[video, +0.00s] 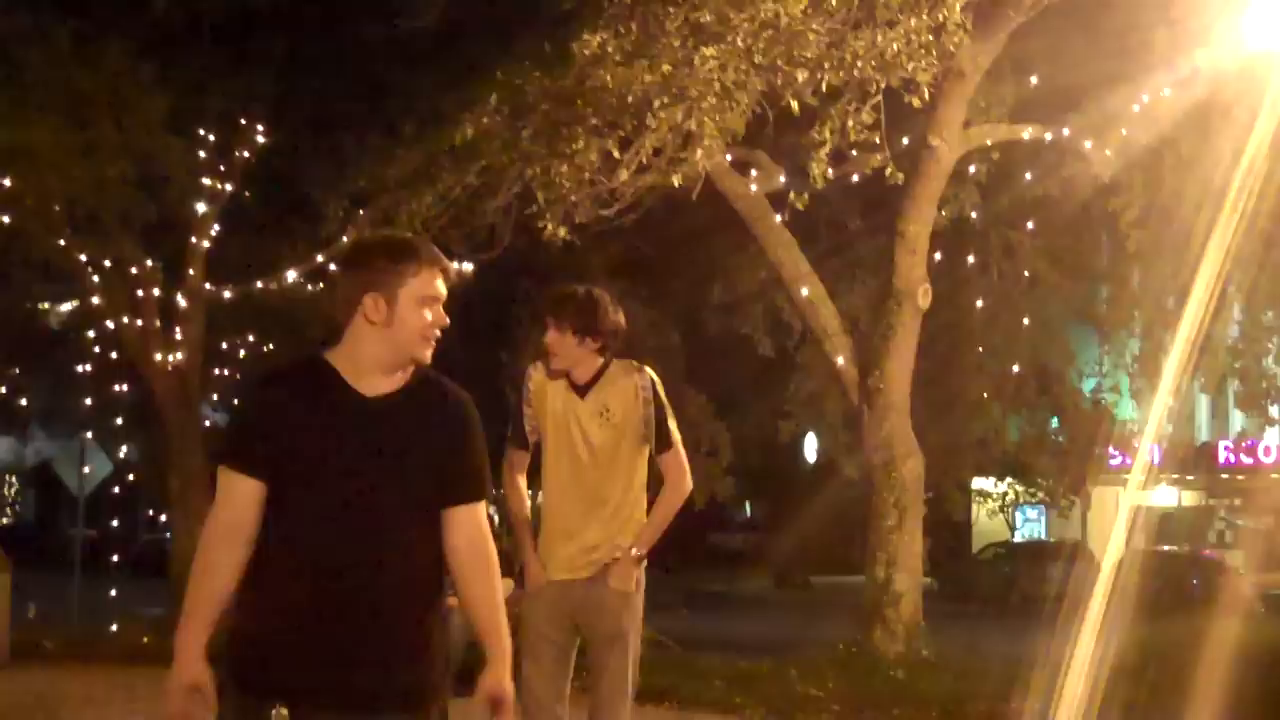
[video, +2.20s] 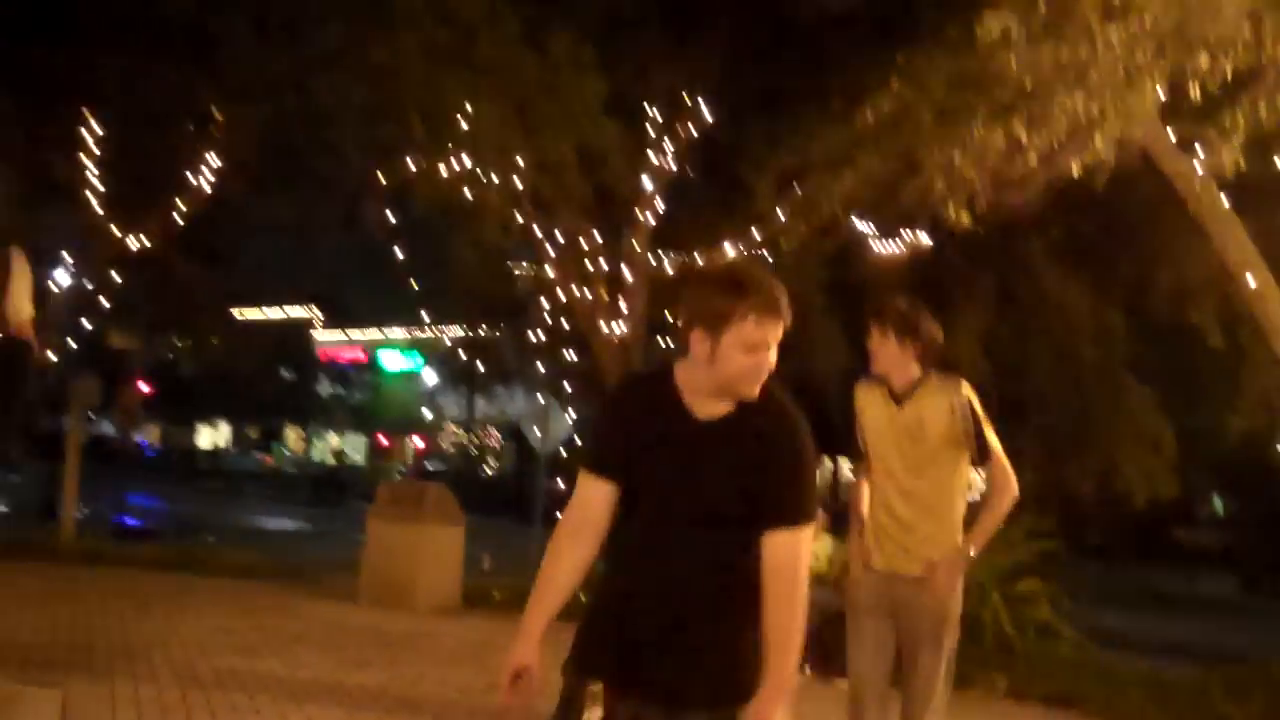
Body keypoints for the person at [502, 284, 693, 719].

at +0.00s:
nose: (547, 338)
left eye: (558, 330)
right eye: (548, 328)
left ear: (591, 341)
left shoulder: (639, 384)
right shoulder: (539, 383)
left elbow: (679, 481)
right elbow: (514, 471)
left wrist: (634, 556)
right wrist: (528, 557)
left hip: (614, 578)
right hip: (548, 578)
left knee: (611, 709)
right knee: (539, 707)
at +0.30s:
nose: (598, 336)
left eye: (610, 326)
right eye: (598, 325)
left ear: (643, 335)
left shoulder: (686, 384)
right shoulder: (584, 383)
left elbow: (737, 473)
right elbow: (569, 478)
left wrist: (690, 538)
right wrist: (582, 564)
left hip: (666, 576)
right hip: (600, 576)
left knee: (665, 705)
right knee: (597, 704)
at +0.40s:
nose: (671, 341)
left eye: (682, 330)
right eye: (668, 330)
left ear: (716, 333)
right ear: (662, 332)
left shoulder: (758, 384)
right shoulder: (647, 382)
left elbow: (811, 471)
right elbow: (639, 468)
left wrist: (762, 539)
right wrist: (642, 542)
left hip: (738, 576)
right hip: (663, 577)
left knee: (740, 701)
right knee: (666, 700)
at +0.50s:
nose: (747, 356)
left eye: (756, 344)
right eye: (741, 345)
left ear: (789, 336)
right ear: (734, 341)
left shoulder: (830, 386)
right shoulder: (717, 383)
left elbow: (875, 479)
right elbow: (708, 475)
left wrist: (832, 548)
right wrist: (714, 554)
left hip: (807, 579)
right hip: (733, 579)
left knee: (811, 706)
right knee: (737, 704)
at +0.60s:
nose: (828, 353)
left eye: (838, 341)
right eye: (822, 341)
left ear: (865, 335)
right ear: (811, 335)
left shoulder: (900, 385)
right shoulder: (790, 381)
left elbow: (938, 484)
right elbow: (781, 472)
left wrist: (895, 556)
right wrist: (789, 560)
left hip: (874, 585)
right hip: (804, 583)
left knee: (875, 710)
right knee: (804, 710)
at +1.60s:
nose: (839, 338)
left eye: (852, 326)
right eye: (839, 325)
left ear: (885, 334)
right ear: (833, 327)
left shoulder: (926, 381)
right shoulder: (823, 390)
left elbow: (982, 456)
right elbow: (810, 469)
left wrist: (931, 532)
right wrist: (816, 539)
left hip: (908, 562)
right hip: (841, 562)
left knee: (918, 692)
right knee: (840, 690)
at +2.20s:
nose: (871, 348)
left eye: (880, 338)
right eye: (871, 337)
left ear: (912, 347)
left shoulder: (955, 396)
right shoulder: (865, 395)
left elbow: (1005, 485)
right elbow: (865, 471)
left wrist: (966, 551)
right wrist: (858, 540)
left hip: (933, 575)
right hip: (872, 571)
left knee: (922, 706)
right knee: (864, 703)